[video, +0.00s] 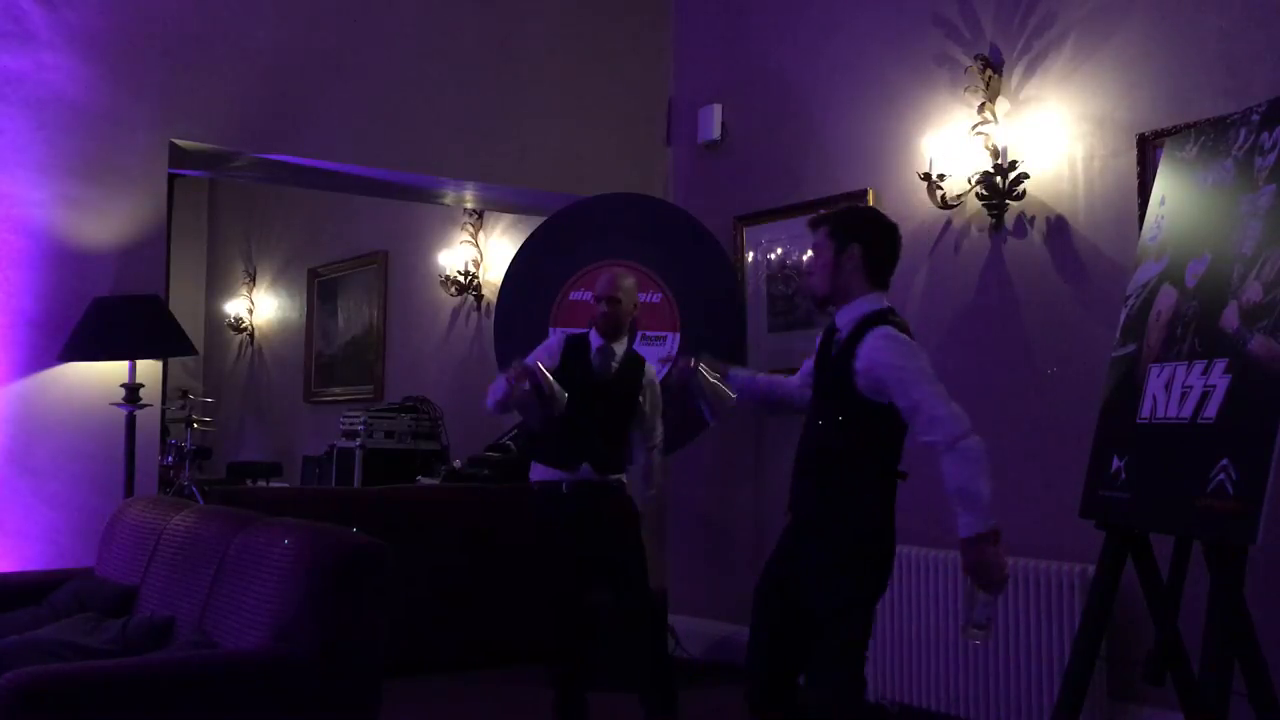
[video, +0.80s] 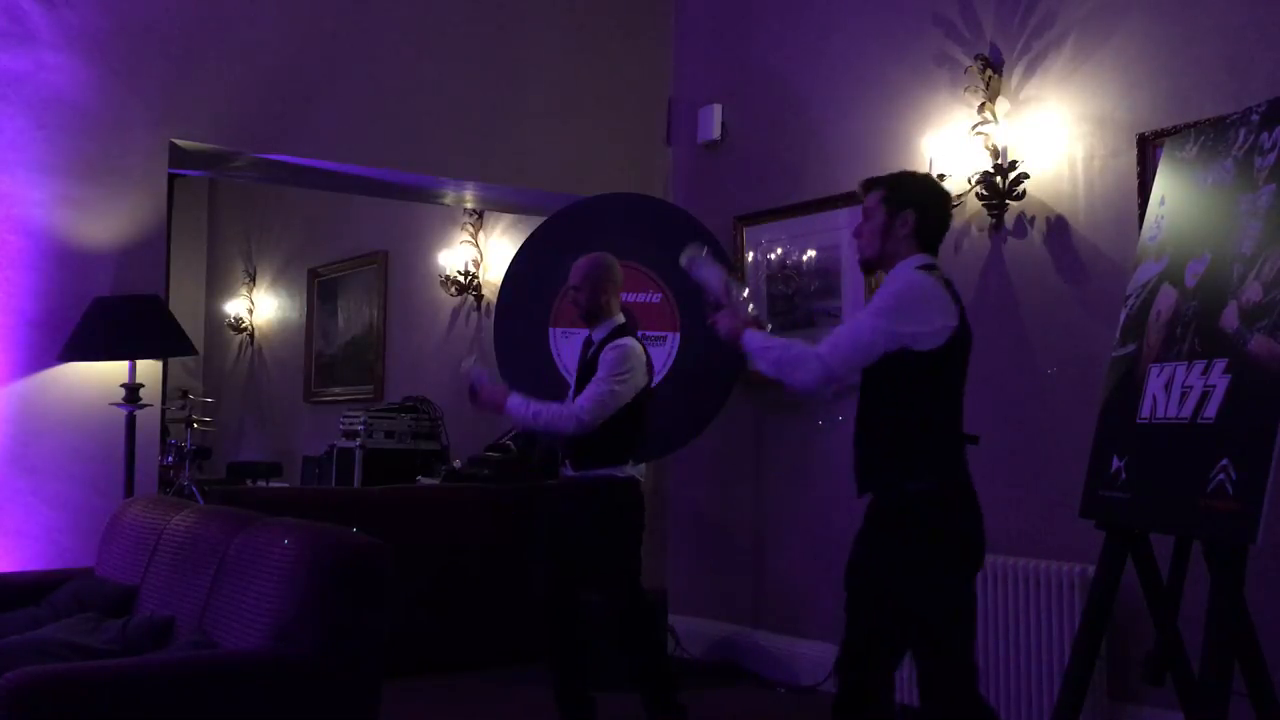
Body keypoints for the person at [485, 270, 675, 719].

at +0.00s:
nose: (603, 309)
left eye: (613, 302)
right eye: (599, 300)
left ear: (634, 309)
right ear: (590, 304)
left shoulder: (644, 373)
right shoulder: (559, 347)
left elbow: (651, 446)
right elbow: (495, 403)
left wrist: (649, 504)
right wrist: (514, 380)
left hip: (611, 497)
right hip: (553, 492)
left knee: (632, 600)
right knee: (561, 604)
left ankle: (650, 702)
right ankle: (567, 700)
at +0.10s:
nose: (590, 305)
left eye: (600, 297)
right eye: (585, 297)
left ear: (621, 303)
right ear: (578, 302)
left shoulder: (637, 364)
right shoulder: (554, 350)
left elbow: (677, 425)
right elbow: (498, 404)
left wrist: (698, 486)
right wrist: (494, 369)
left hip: (607, 498)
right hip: (550, 496)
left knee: (623, 603)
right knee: (559, 607)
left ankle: (645, 699)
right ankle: (570, 701)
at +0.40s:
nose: (563, 302)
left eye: (572, 293)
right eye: (557, 294)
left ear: (596, 294)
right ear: (553, 297)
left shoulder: (619, 345)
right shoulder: (550, 351)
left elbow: (658, 402)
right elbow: (536, 410)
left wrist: (684, 465)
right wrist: (511, 431)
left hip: (609, 490)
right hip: (558, 491)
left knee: (621, 598)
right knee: (563, 600)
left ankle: (647, 698)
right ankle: (573, 698)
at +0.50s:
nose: (555, 304)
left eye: (563, 295)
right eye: (550, 296)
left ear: (589, 293)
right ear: (549, 297)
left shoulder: (616, 348)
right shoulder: (556, 353)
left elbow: (624, 427)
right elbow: (553, 429)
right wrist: (523, 480)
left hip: (604, 490)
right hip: (562, 491)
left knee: (620, 599)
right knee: (563, 600)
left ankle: (653, 700)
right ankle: (574, 701)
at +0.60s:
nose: (554, 305)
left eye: (562, 297)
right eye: (550, 297)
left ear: (590, 295)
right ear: (554, 297)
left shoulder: (614, 353)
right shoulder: (568, 349)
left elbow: (593, 435)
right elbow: (564, 421)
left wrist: (545, 496)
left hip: (609, 493)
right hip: (572, 489)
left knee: (620, 604)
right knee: (569, 605)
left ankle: (657, 702)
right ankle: (575, 702)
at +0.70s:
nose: (559, 303)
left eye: (566, 295)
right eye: (557, 295)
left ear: (593, 296)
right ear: (574, 297)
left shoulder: (616, 353)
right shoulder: (583, 348)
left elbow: (584, 429)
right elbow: (570, 423)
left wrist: (512, 457)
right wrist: (518, 458)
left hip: (609, 495)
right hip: (579, 492)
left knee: (613, 605)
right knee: (574, 604)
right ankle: (577, 701)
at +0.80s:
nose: (571, 298)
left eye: (578, 290)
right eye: (570, 290)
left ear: (602, 293)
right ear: (591, 291)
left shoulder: (625, 351)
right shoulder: (594, 345)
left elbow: (578, 418)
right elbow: (578, 415)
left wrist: (506, 401)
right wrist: (511, 407)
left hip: (613, 495)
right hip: (586, 492)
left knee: (614, 604)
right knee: (582, 603)